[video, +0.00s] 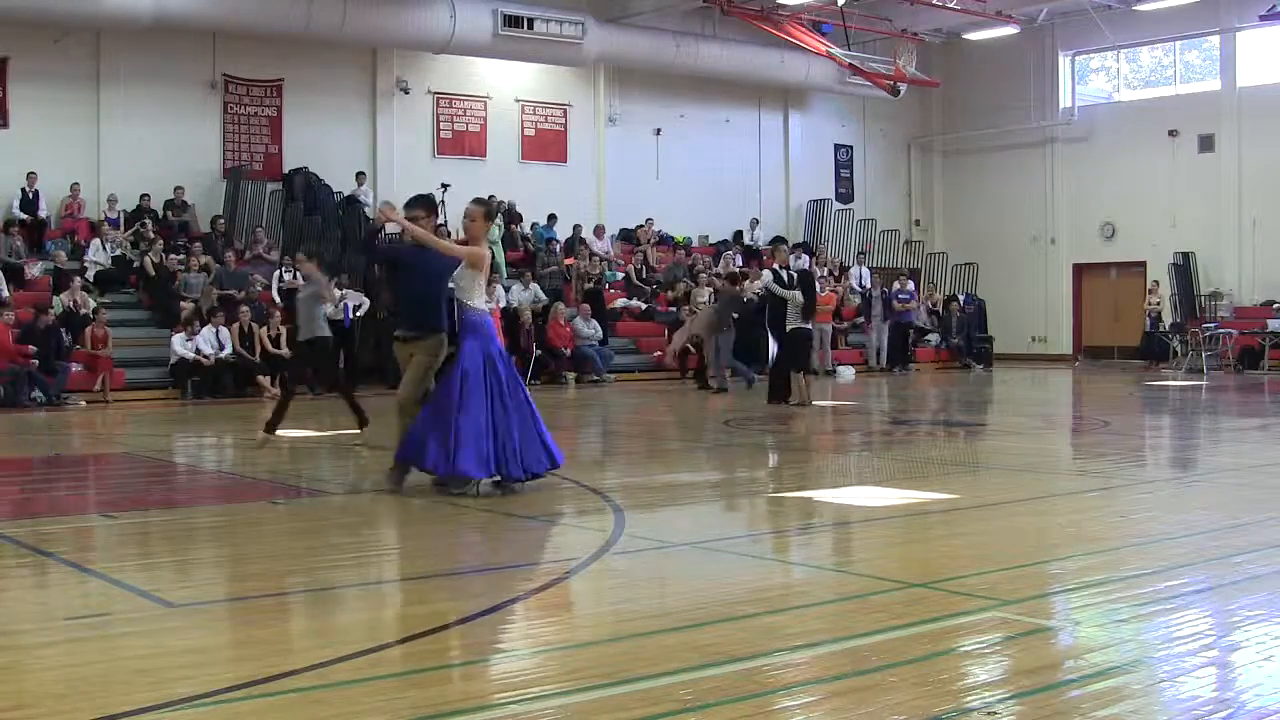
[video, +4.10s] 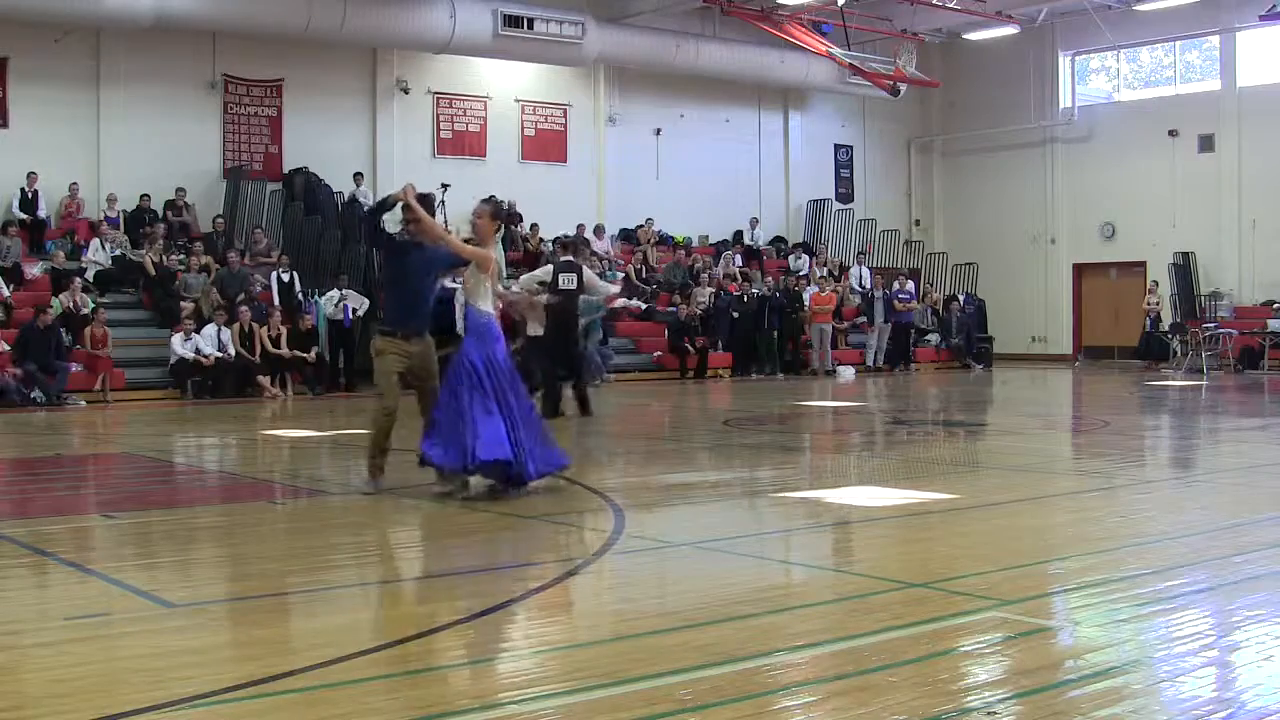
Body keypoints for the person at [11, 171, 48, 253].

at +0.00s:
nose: (33, 181)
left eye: (35, 179)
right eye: (31, 178)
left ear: (36, 180)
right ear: (27, 180)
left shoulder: (39, 193)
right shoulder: (20, 192)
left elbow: (43, 208)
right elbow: (14, 210)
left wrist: (41, 216)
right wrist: (25, 217)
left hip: (36, 218)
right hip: (25, 218)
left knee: (43, 223)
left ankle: (40, 248)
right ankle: (30, 249)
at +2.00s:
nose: (31, 181)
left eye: (33, 179)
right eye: (29, 179)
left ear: (36, 180)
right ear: (26, 180)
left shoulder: (39, 193)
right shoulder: (20, 192)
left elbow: (42, 209)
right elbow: (15, 210)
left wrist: (41, 216)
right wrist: (25, 217)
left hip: (36, 217)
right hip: (24, 217)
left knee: (42, 223)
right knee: (34, 225)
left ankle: (40, 248)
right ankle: (33, 248)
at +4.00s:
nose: (33, 182)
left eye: (35, 180)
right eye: (32, 180)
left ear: (36, 181)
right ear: (27, 180)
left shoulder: (38, 193)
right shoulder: (19, 192)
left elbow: (42, 209)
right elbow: (15, 209)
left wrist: (39, 216)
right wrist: (25, 217)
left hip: (36, 217)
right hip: (24, 218)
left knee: (42, 223)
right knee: (33, 225)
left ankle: (40, 249)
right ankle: (32, 249)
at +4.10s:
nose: (34, 182)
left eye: (35, 180)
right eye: (32, 180)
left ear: (36, 181)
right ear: (27, 179)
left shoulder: (39, 193)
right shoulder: (19, 192)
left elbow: (42, 209)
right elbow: (15, 209)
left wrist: (39, 216)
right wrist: (25, 217)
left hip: (36, 217)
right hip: (24, 218)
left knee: (42, 223)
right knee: (34, 225)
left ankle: (40, 249)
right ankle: (32, 249)